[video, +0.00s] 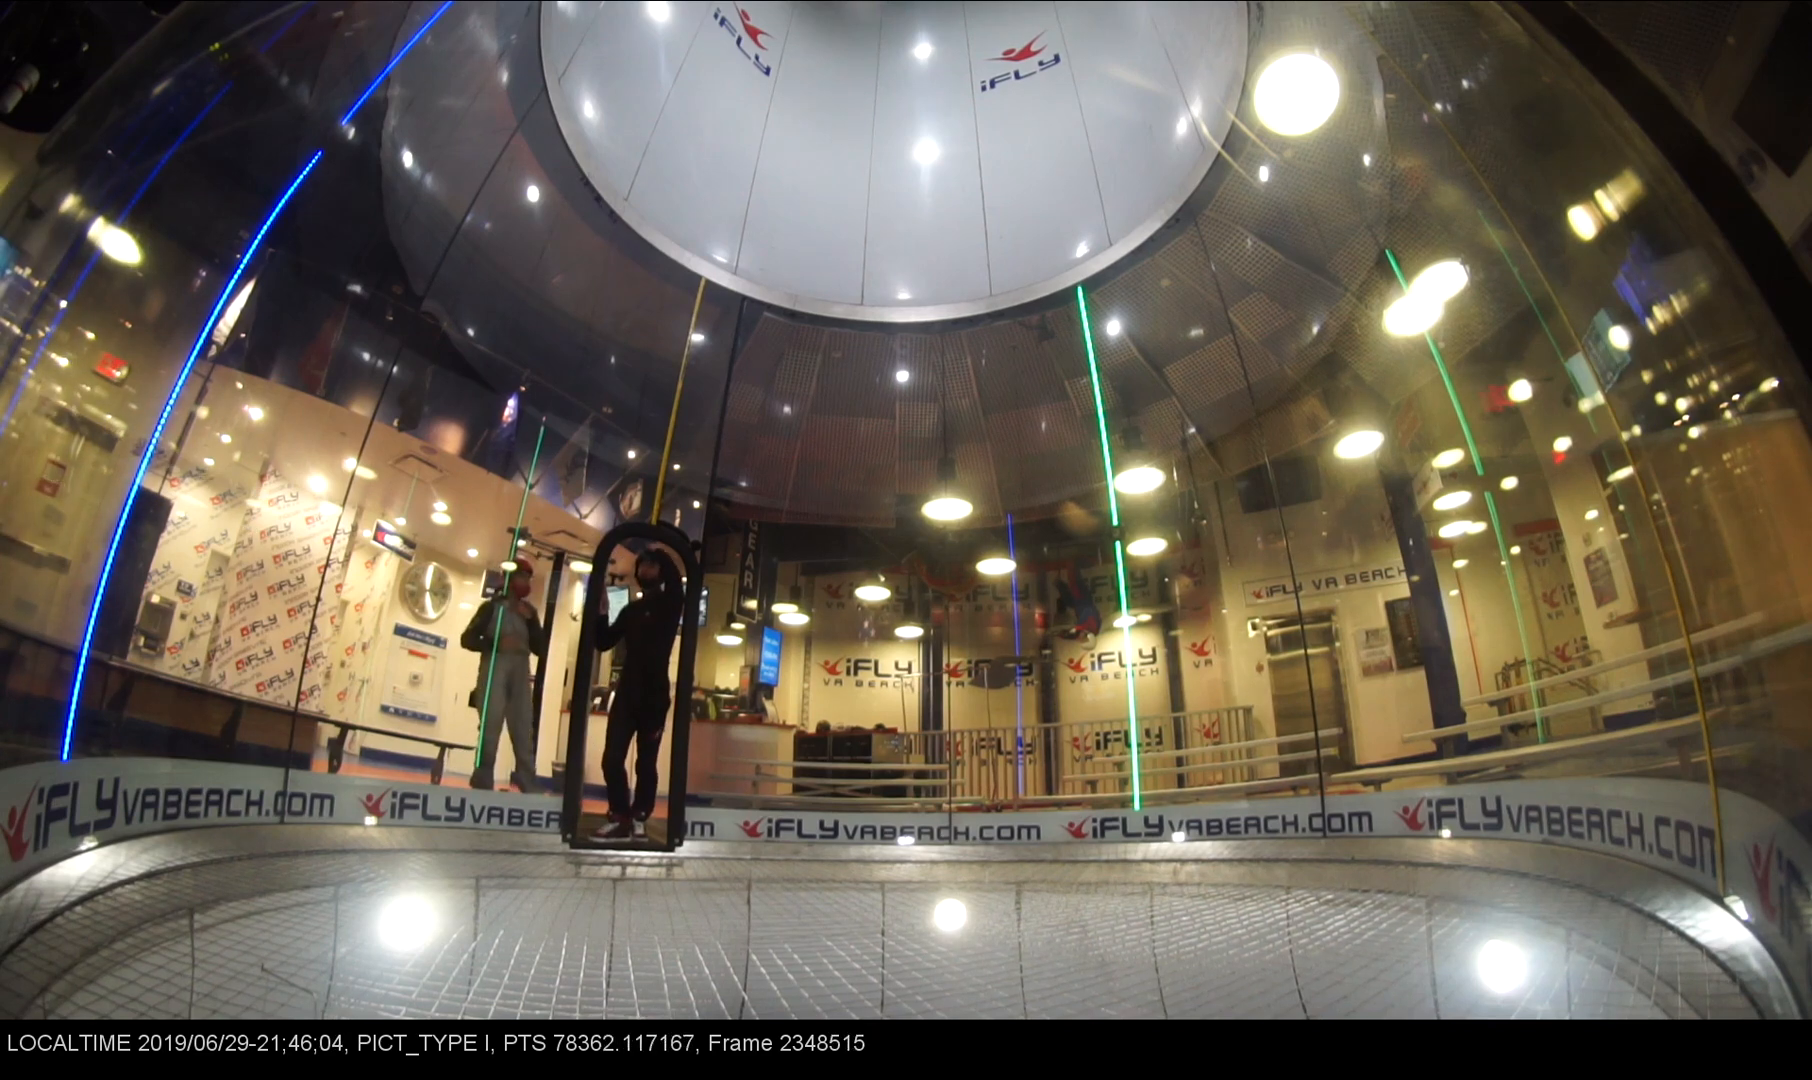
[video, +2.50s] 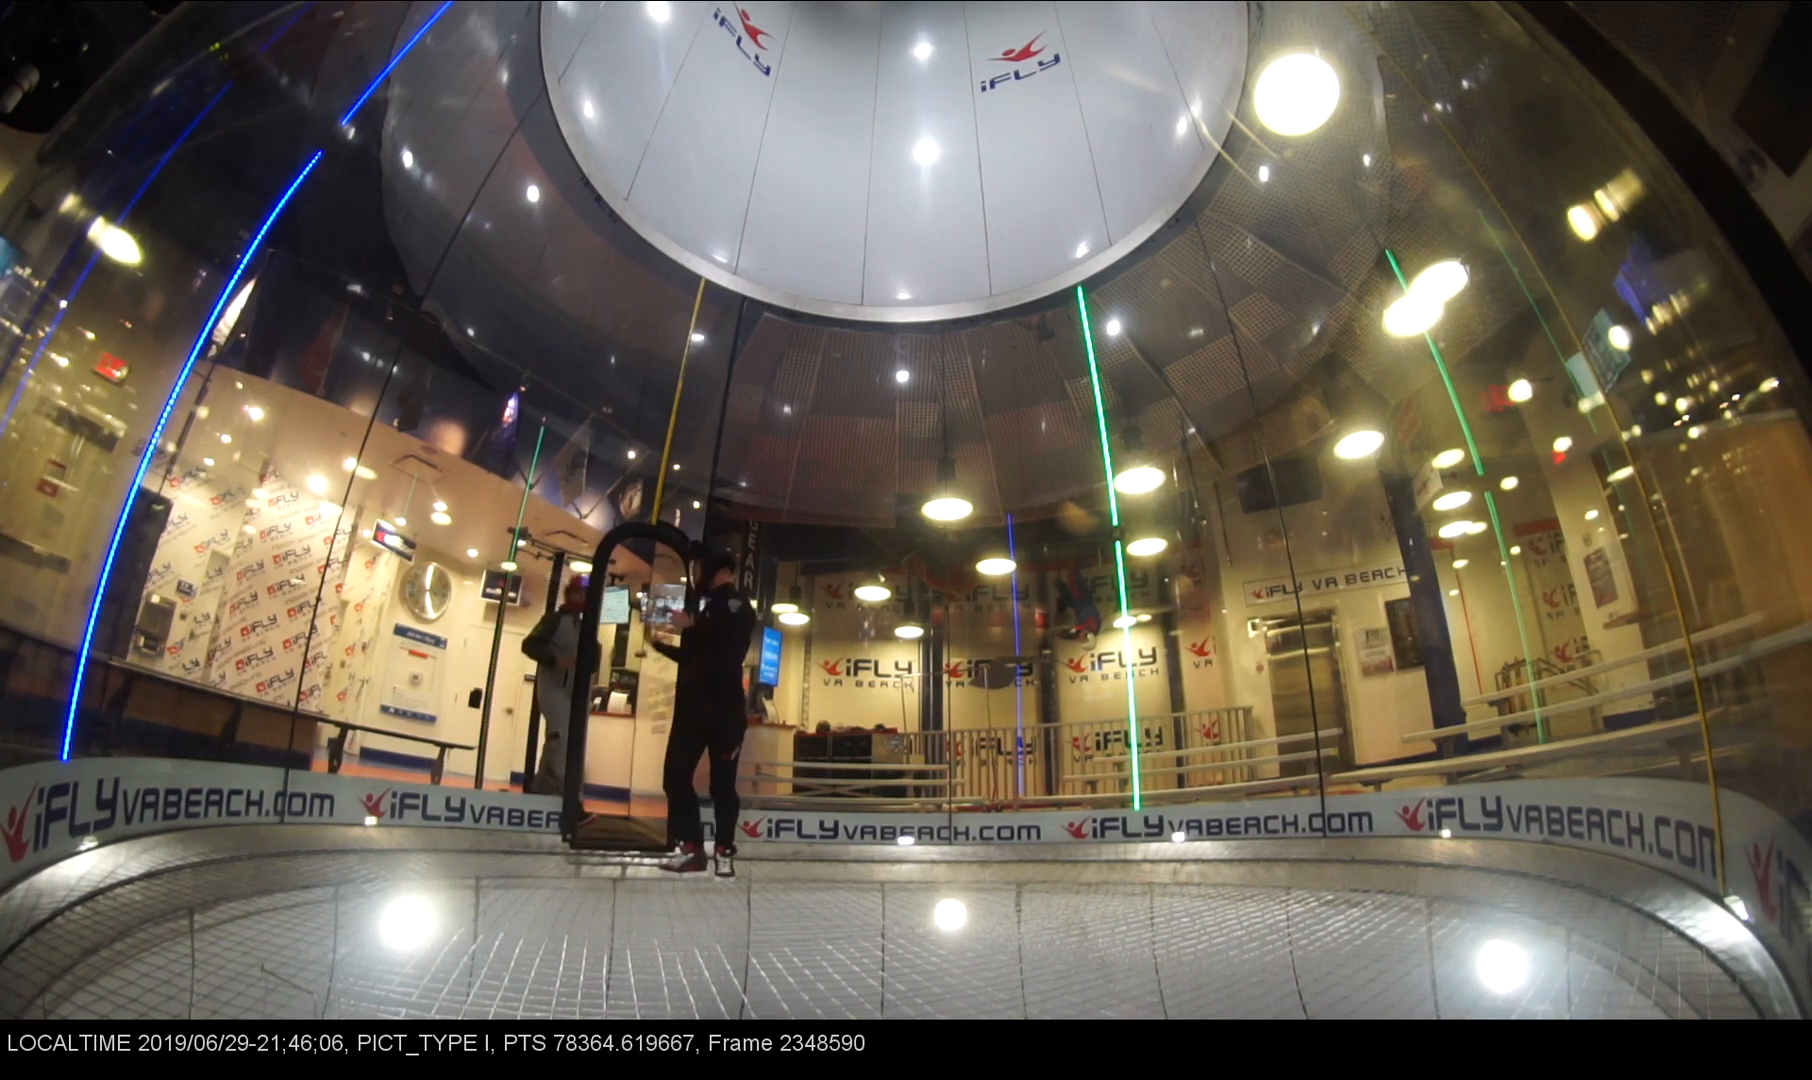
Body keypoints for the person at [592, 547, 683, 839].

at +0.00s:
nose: (644, 569)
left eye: (650, 565)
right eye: (641, 564)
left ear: (661, 573)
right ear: (637, 572)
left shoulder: (670, 606)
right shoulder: (631, 610)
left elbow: (676, 583)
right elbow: (603, 642)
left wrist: (662, 554)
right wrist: (601, 613)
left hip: (655, 691)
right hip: (627, 690)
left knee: (646, 761)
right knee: (612, 760)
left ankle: (639, 819)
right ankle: (619, 819)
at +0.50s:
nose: (643, 570)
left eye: (650, 564)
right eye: (640, 565)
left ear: (661, 572)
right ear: (636, 573)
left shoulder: (672, 605)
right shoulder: (629, 611)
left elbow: (689, 606)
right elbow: (602, 645)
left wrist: (662, 579)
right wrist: (601, 615)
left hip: (656, 690)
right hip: (628, 689)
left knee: (647, 760)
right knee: (613, 758)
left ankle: (638, 819)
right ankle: (620, 819)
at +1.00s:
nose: (650, 571)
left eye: (657, 567)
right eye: (646, 566)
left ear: (667, 576)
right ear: (642, 576)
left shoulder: (675, 603)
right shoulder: (632, 611)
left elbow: (690, 582)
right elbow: (611, 650)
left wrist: (681, 544)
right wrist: (597, 616)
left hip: (660, 685)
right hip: (632, 685)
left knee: (655, 758)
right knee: (626, 756)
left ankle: (642, 815)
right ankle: (630, 823)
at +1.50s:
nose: (672, 561)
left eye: (680, 557)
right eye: (670, 556)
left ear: (692, 566)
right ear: (666, 564)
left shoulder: (701, 596)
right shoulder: (661, 606)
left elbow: (710, 584)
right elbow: (629, 644)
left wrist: (704, 555)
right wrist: (603, 614)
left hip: (684, 688)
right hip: (654, 687)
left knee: (690, 764)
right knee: (636, 762)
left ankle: (707, 835)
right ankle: (632, 826)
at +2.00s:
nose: (700, 570)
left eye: (705, 564)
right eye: (700, 565)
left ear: (718, 568)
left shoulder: (741, 605)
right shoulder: (700, 608)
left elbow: (752, 610)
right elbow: (655, 629)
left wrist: (736, 575)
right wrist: (614, 612)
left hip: (718, 699)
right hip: (687, 697)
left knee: (718, 778)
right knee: (664, 770)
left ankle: (721, 847)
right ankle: (664, 840)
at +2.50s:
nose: (695, 575)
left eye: (700, 569)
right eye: (696, 569)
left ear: (718, 572)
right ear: (727, 573)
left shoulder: (725, 605)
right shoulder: (705, 608)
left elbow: (727, 649)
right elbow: (693, 658)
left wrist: (692, 625)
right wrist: (659, 645)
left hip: (713, 709)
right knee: (676, 778)